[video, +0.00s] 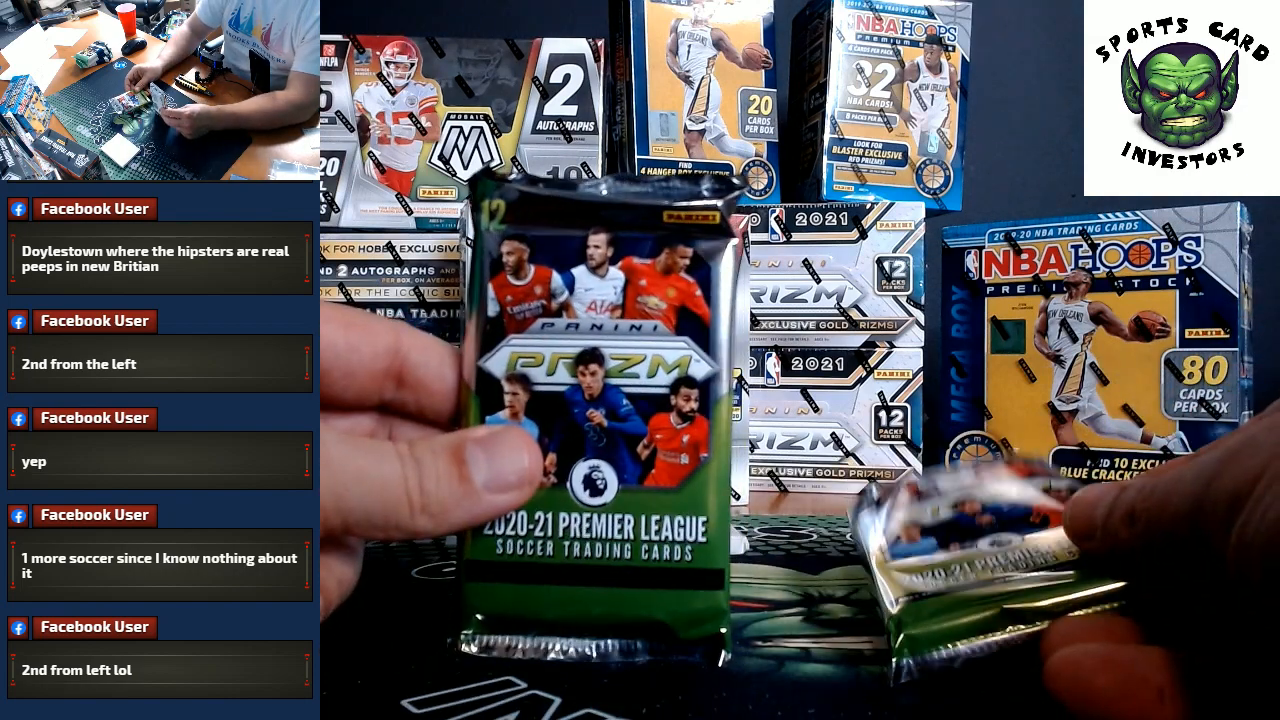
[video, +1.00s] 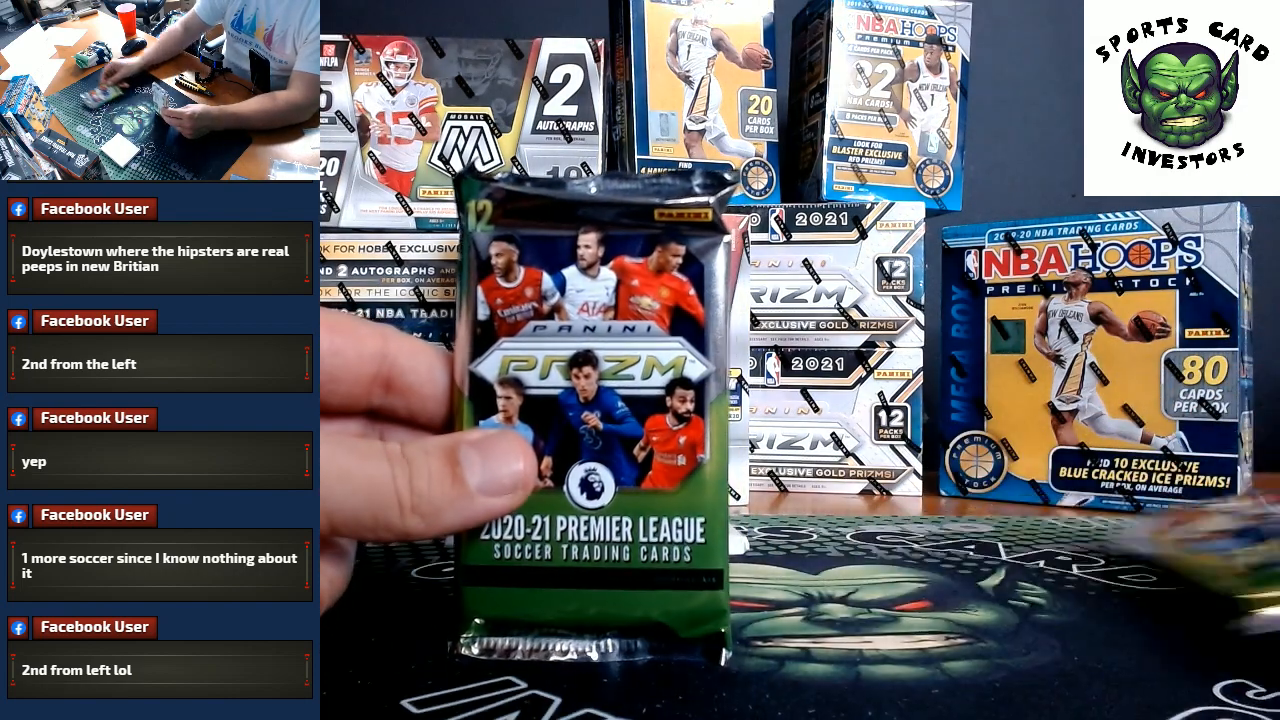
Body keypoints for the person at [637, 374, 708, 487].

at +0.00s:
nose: (692, 406)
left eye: (696, 400)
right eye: (686, 400)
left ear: (699, 401)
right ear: (673, 400)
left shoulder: (702, 427)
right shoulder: (657, 422)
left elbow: (705, 461)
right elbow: (647, 444)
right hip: (655, 486)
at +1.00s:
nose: (688, 407)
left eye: (692, 401)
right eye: (682, 401)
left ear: (695, 402)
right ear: (668, 402)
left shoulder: (698, 426)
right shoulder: (653, 423)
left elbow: (703, 461)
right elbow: (643, 446)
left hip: (681, 492)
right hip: (652, 489)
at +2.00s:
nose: (699, 409)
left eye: (703, 404)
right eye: (693, 404)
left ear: (706, 404)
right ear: (679, 404)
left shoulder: (710, 431)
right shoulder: (664, 426)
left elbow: (715, 468)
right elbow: (653, 450)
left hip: (691, 497)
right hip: (662, 491)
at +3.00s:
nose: (695, 407)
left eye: (699, 401)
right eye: (689, 401)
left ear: (701, 401)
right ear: (675, 402)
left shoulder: (706, 427)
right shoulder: (660, 424)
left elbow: (711, 466)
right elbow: (650, 448)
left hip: (689, 494)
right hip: (659, 489)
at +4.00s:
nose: (701, 407)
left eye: (704, 401)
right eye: (694, 401)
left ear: (707, 401)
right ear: (681, 401)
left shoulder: (710, 426)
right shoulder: (665, 423)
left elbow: (715, 461)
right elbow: (655, 447)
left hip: (694, 492)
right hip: (664, 488)